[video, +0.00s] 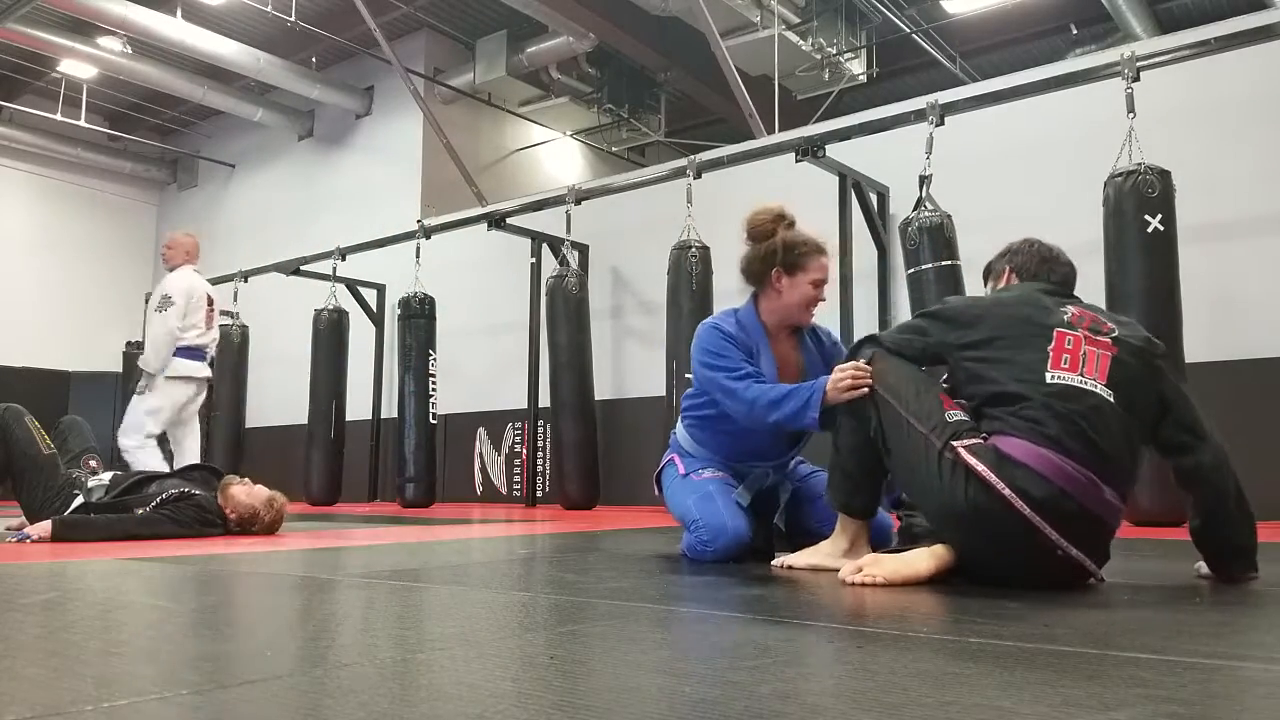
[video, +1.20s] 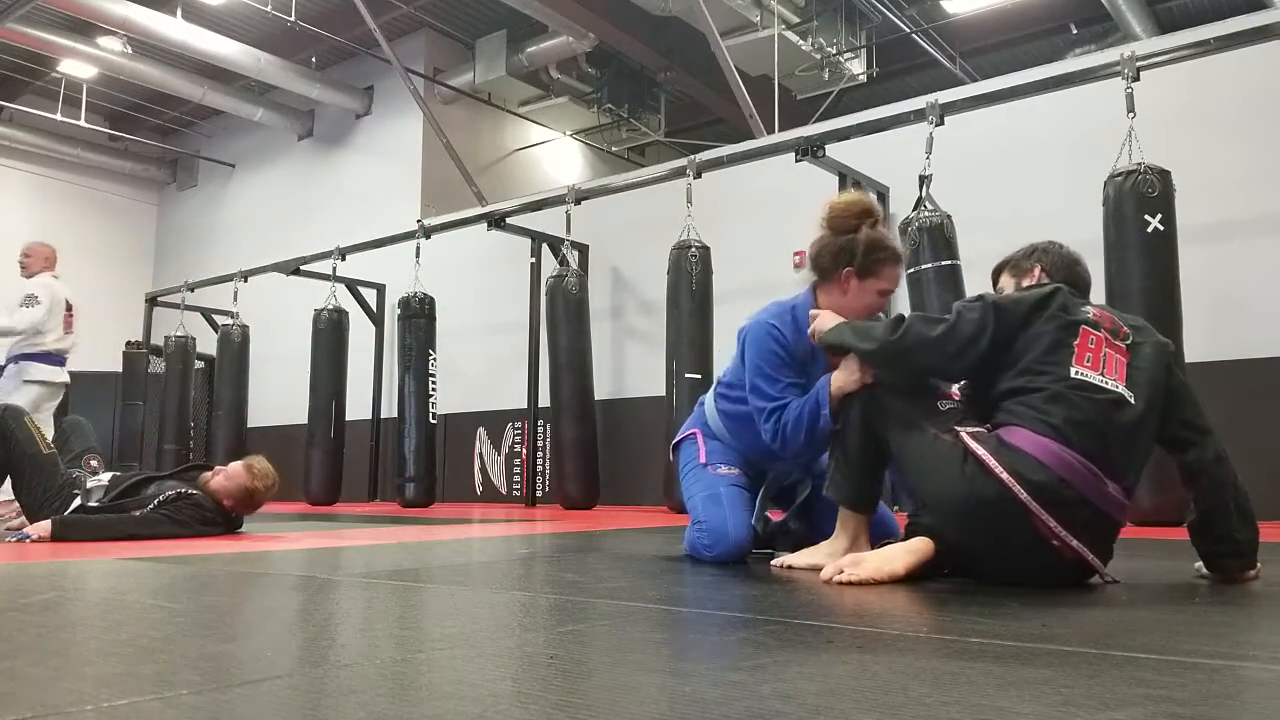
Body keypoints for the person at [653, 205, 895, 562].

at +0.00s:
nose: (823, 296)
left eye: (823, 286)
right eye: (816, 285)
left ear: (785, 282)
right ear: (779, 280)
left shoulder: (822, 344)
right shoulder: (716, 336)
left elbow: (859, 422)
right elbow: (750, 403)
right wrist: (821, 393)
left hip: (778, 469)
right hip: (701, 465)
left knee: (878, 532)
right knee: (728, 538)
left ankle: (774, 524)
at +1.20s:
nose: (886, 307)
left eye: (889, 296)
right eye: (883, 294)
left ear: (848, 283)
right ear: (847, 280)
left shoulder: (863, 339)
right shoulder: (770, 329)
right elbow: (781, 434)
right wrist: (834, 385)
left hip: (792, 452)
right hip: (719, 440)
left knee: (881, 535)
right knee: (727, 543)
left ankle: (770, 529)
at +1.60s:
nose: (939, 309)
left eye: (945, 300)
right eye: (938, 297)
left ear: (908, 281)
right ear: (906, 280)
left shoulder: (912, 331)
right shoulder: (816, 308)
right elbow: (805, 413)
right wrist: (892, 386)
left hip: (813, 445)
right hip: (740, 423)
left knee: (884, 537)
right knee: (726, 544)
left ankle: (775, 530)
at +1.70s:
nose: (955, 310)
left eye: (961, 301)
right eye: (955, 299)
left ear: (924, 282)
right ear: (922, 280)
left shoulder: (922, 332)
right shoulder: (832, 301)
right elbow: (828, 406)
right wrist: (923, 402)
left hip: (821, 441)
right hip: (748, 420)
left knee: (878, 539)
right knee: (725, 546)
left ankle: (769, 531)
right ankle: (707, 533)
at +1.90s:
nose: (995, 302)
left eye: (1001, 291)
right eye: (993, 286)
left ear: (958, 271)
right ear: (956, 268)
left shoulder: (947, 335)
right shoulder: (867, 291)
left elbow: (966, 391)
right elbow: (857, 373)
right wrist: (949, 417)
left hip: (831, 438)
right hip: (761, 409)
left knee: (871, 531)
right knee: (742, 541)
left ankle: (766, 535)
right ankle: (703, 536)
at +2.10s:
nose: (1027, 304)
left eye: (1034, 293)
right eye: (1026, 288)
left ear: (987, 271)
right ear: (986, 268)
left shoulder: (988, 328)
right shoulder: (899, 295)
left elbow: (1023, 402)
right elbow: (883, 401)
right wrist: (967, 439)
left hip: (869, 428)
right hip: (793, 402)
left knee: (872, 541)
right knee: (808, 547)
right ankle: (750, 523)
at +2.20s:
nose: (1031, 303)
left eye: (1039, 291)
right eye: (1028, 288)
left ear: (990, 270)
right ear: (986, 266)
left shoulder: (996, 326)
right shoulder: (898, 295)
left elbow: (1033, 410)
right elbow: (876, 409)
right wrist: (962, 443)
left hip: (878, 429)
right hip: (800, 405)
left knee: (884, 540)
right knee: (804, 549)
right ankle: (760, 518)